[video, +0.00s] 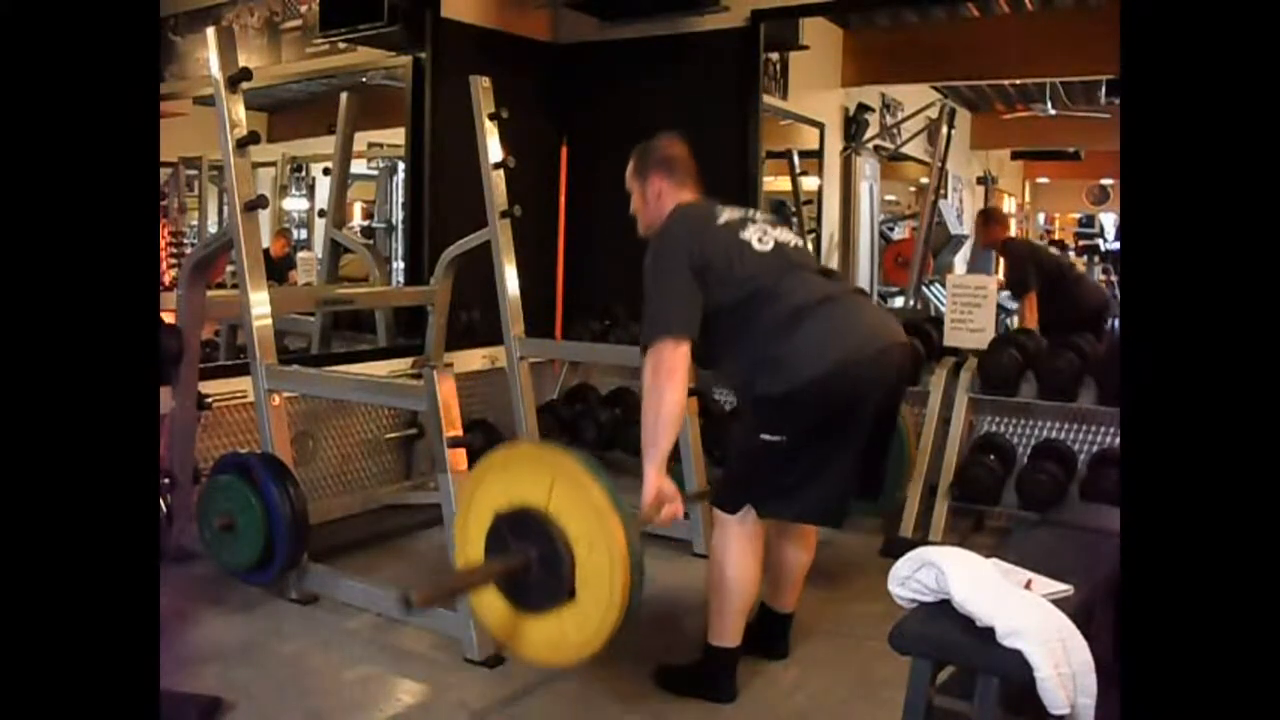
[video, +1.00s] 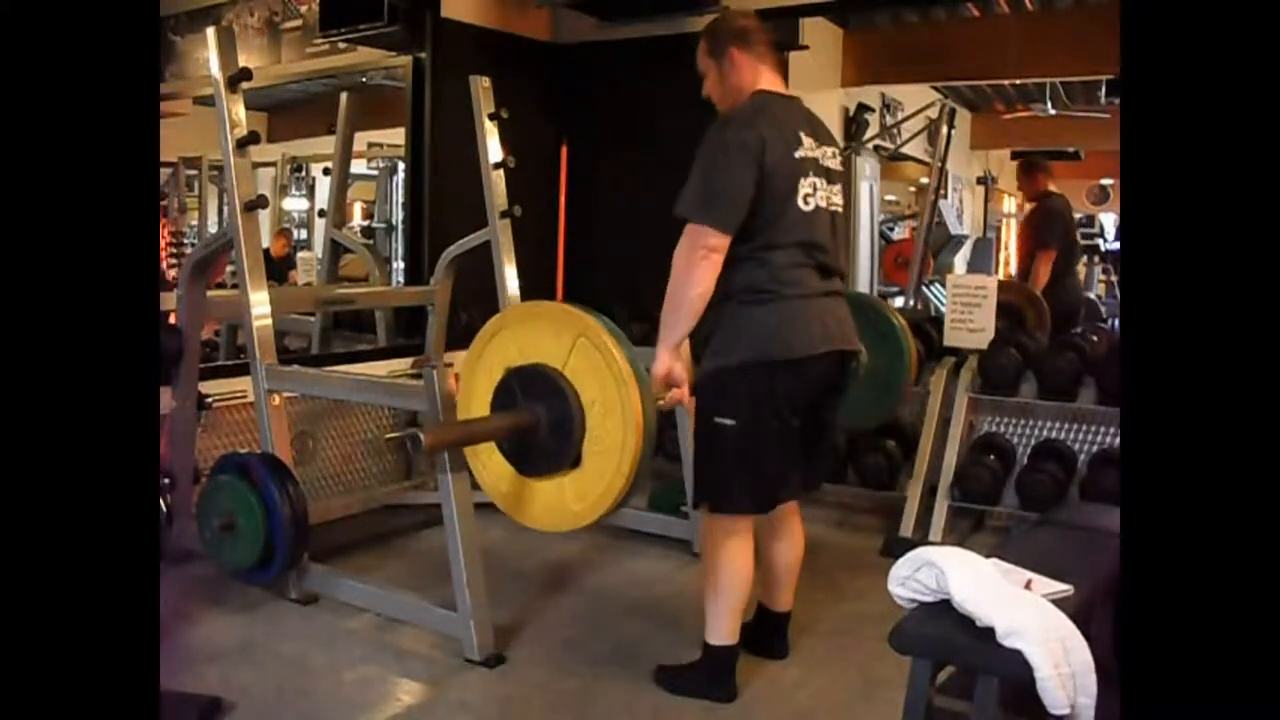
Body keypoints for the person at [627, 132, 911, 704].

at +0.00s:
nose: (633, 212)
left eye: (634, 197)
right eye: (631, 198)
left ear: (657, 188)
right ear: (689, 185)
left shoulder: (676, 238)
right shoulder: (743, 221)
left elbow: (669, 354)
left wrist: (654, 468)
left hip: (811, 368)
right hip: (883, 353)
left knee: (736, 506)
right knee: (799, 505)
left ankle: (716, 669)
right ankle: (773, 631)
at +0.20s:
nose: (671, 111)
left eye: (673, 96)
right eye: (671, 97)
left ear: (696, 90)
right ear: (733, 91)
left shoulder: (703, 157)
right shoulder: (779, 155)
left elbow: (679, 271)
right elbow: (815, 255)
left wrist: (661, 383)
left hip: (775, 357)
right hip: (844, 346)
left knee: (736, 502)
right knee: (797, 497)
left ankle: (717, 665)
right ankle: (775, 630)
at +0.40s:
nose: (733, 80)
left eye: (735, 65)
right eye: (732, 67)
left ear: (760, 52)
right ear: (795, 53)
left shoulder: (758, 117)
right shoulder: (835, 128)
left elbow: (706, 233)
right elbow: (823, 248)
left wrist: (661, 330)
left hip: (749, 343)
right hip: (818, 342)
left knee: (727, 504)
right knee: (776, 490)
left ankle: (716, 668)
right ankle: (772, 631)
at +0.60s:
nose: (753, 86)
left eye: (755, 71)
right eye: (751, 73)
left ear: (784, 59)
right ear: (815, 59)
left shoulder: (777, 129)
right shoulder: (854, 141)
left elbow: (713, 244)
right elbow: (821, 255)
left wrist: (659, 333)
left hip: (744, 346)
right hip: (811, 345)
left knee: (720, 502)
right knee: (771, 490)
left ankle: (714, 668)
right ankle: (771, 631)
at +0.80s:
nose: (733, 86)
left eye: (735, 70)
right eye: (732, 72)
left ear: (760, 57)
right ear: (793, 57)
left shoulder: (762, 126)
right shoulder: (838, 130)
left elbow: (710, 243)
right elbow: (819, 248)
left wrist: (663, 337)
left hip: (746, 345)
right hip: (814, 343)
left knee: (722, 503)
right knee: (775, 489)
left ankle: (715, 668)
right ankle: (770, 631)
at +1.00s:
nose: (707, 91)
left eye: (706, 76)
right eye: (704, 78)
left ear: (730, 62)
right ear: (771, 60)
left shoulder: (741, 129)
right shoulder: (818, 129)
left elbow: (704, 247)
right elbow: (811, 247)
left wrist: (669, 345)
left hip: (754, 348)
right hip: (824, 345)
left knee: (727, 509)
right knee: (781, 494)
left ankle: (715, 668)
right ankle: (772, 631)